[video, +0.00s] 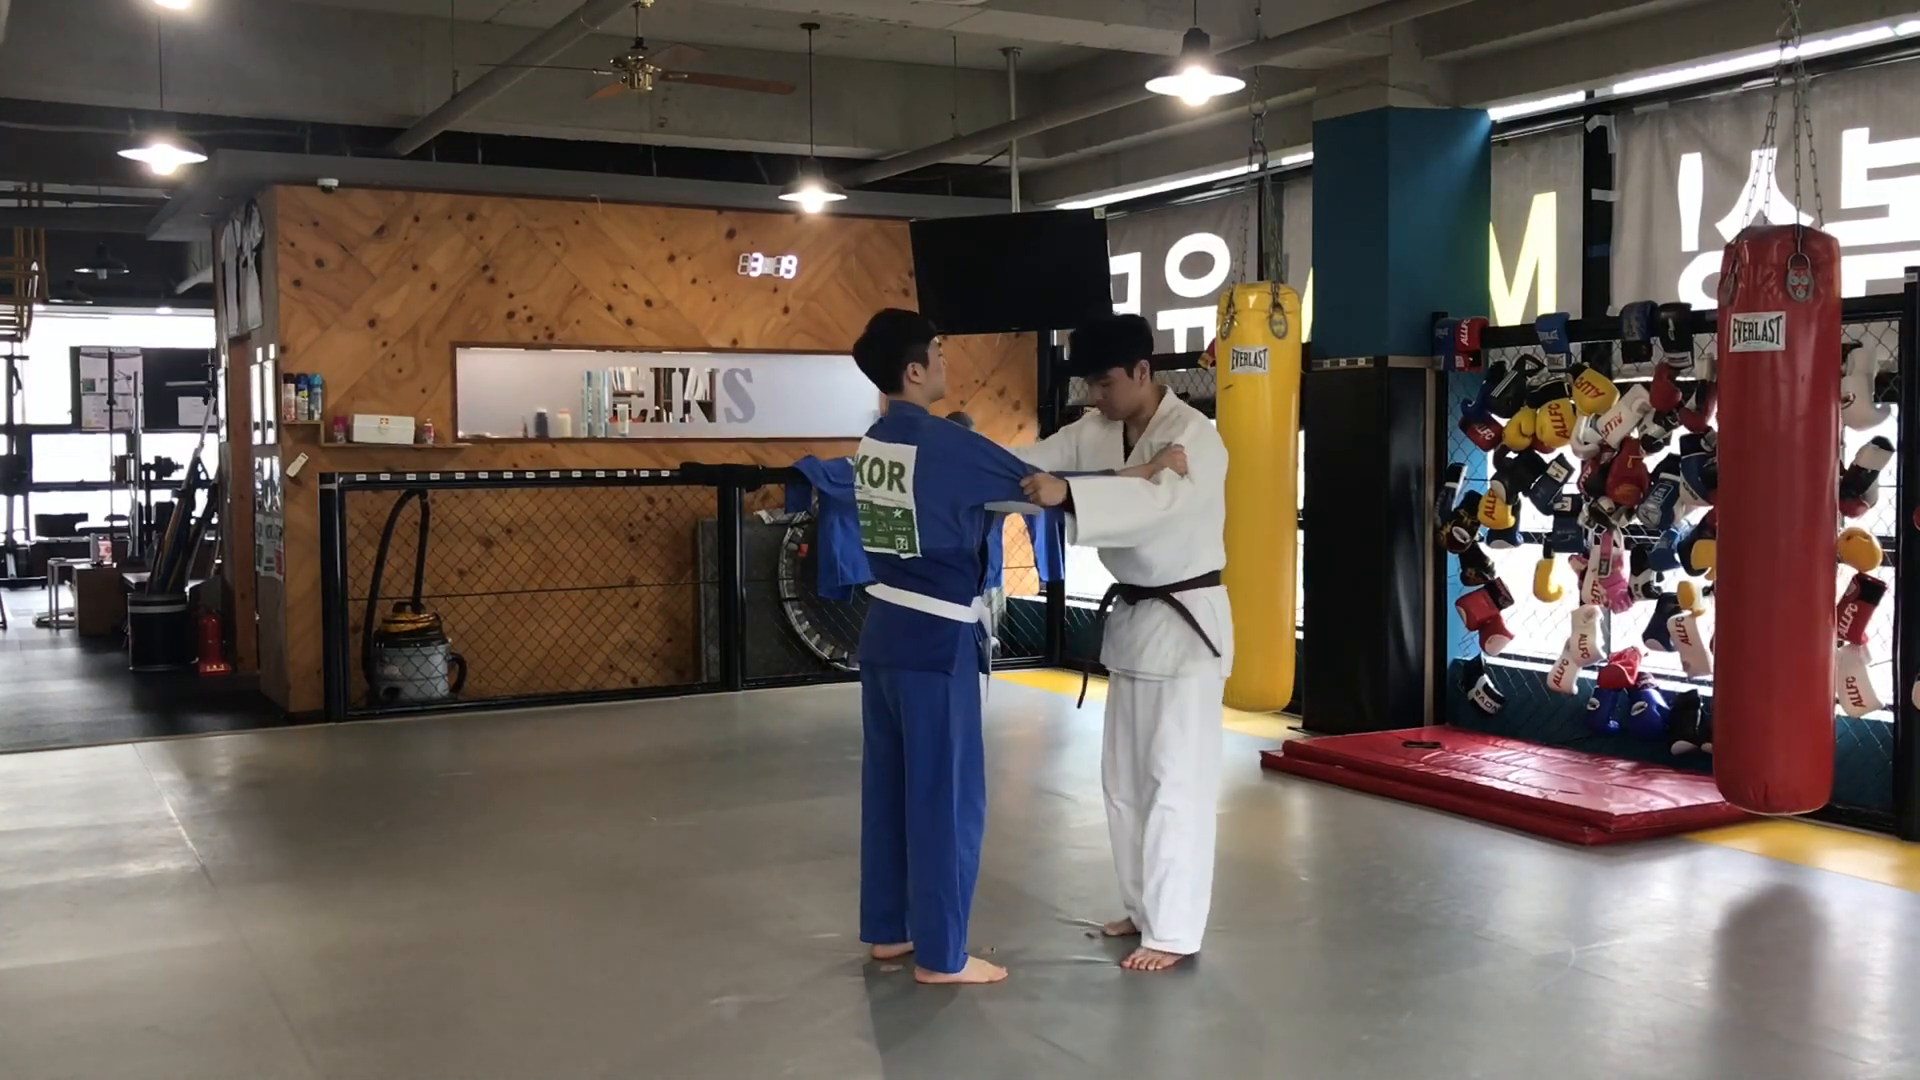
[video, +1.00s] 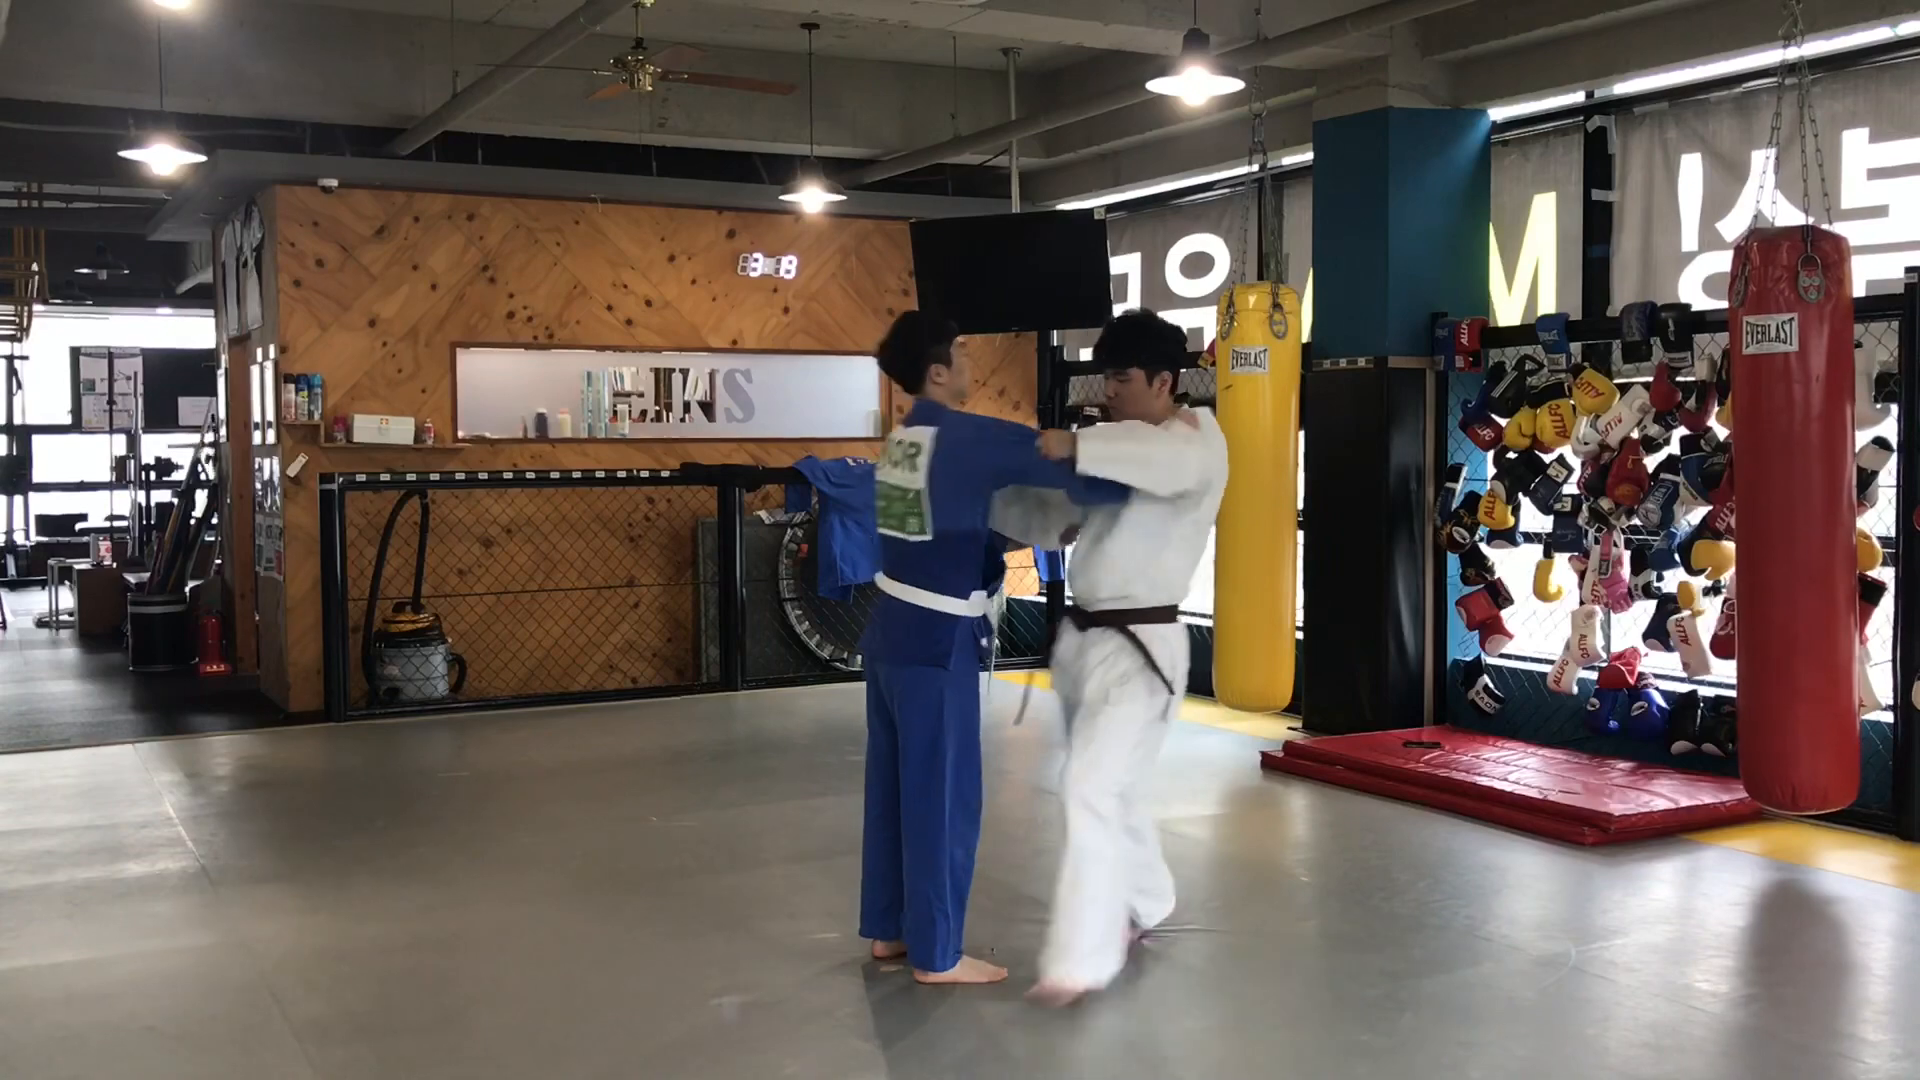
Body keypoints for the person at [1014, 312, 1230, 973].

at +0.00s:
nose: (1093, 399)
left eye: (1101, 385)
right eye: (1088, 387)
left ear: (1140, 372)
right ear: (1096, 382)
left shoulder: (1196, 437)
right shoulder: (1096, 431)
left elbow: (1158, 497)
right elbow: (1031, 463)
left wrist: (1071, 491)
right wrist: (963, 468)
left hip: (1185, 621)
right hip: (1129, 618)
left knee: (1176, 780)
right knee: (1126, 777)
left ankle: (1176, 933)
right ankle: (1144, 907)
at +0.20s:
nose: (1081, 416)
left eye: (1088, 402)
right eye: (1076, 405)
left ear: (1125, 383)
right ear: (1090, 396)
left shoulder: (1187, 437)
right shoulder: (1089, 440)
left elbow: (1156, 507)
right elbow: (1021, 474)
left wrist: (1067, 507)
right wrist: (958, 471)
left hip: (1205, 621)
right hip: (1143, 620)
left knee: (1202, 778)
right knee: (1141, 773)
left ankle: (1205, 926)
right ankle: (1156, 908)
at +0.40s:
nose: (1084, 410)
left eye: (1091, 395)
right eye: (1078, 399)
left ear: (1129, 380)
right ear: (1083, 396)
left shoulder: (1189, 439)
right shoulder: (1083, 440)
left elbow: (1152, 515)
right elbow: (1019, 478)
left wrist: (1065, 511)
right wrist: (959, 463)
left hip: (1208, 620)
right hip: (1146, 620)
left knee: (1215, 778)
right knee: (1148, 773)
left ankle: (1217, 919)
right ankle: (1160, 906)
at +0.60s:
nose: (1086, 401)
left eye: (1094, 387)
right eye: (1081, 389)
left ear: (1135, 373)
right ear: (1091, 386)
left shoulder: (1192, 438)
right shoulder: (1085, 438)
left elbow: (1153, 519)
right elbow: (1016, 481)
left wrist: (1061, 509)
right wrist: (952, 470)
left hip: (1200, 623)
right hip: (1138, 622)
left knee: (1205, 780)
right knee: (1142, 779)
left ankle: (1213, 921)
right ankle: (1159, 911)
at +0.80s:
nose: (1099, 392)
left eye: (1108, 377)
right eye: (1094, 379)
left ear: (1149, 371)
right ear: (1097, 381)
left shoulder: (1195, 442)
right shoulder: (1095, 440)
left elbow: (1155, 498)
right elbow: (1030, 480)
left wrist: (1060, 484)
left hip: (1179, 628)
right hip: (1120, 625)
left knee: (1155, 780)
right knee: (1124, 783)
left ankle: (1190, 918)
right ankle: (1152, 912)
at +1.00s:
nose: (1105, 397)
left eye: (1113, 383)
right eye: (1103, 385)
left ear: (1156, 379)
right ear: (1140, 380)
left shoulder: (1199, 441)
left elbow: (1173, 458)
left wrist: (1078, 445)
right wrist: (975, 478)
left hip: (1140, 642)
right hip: (1079, 637)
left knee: (1092, 786)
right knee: (1103, 784)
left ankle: (1080, 961)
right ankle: (1148, 899)